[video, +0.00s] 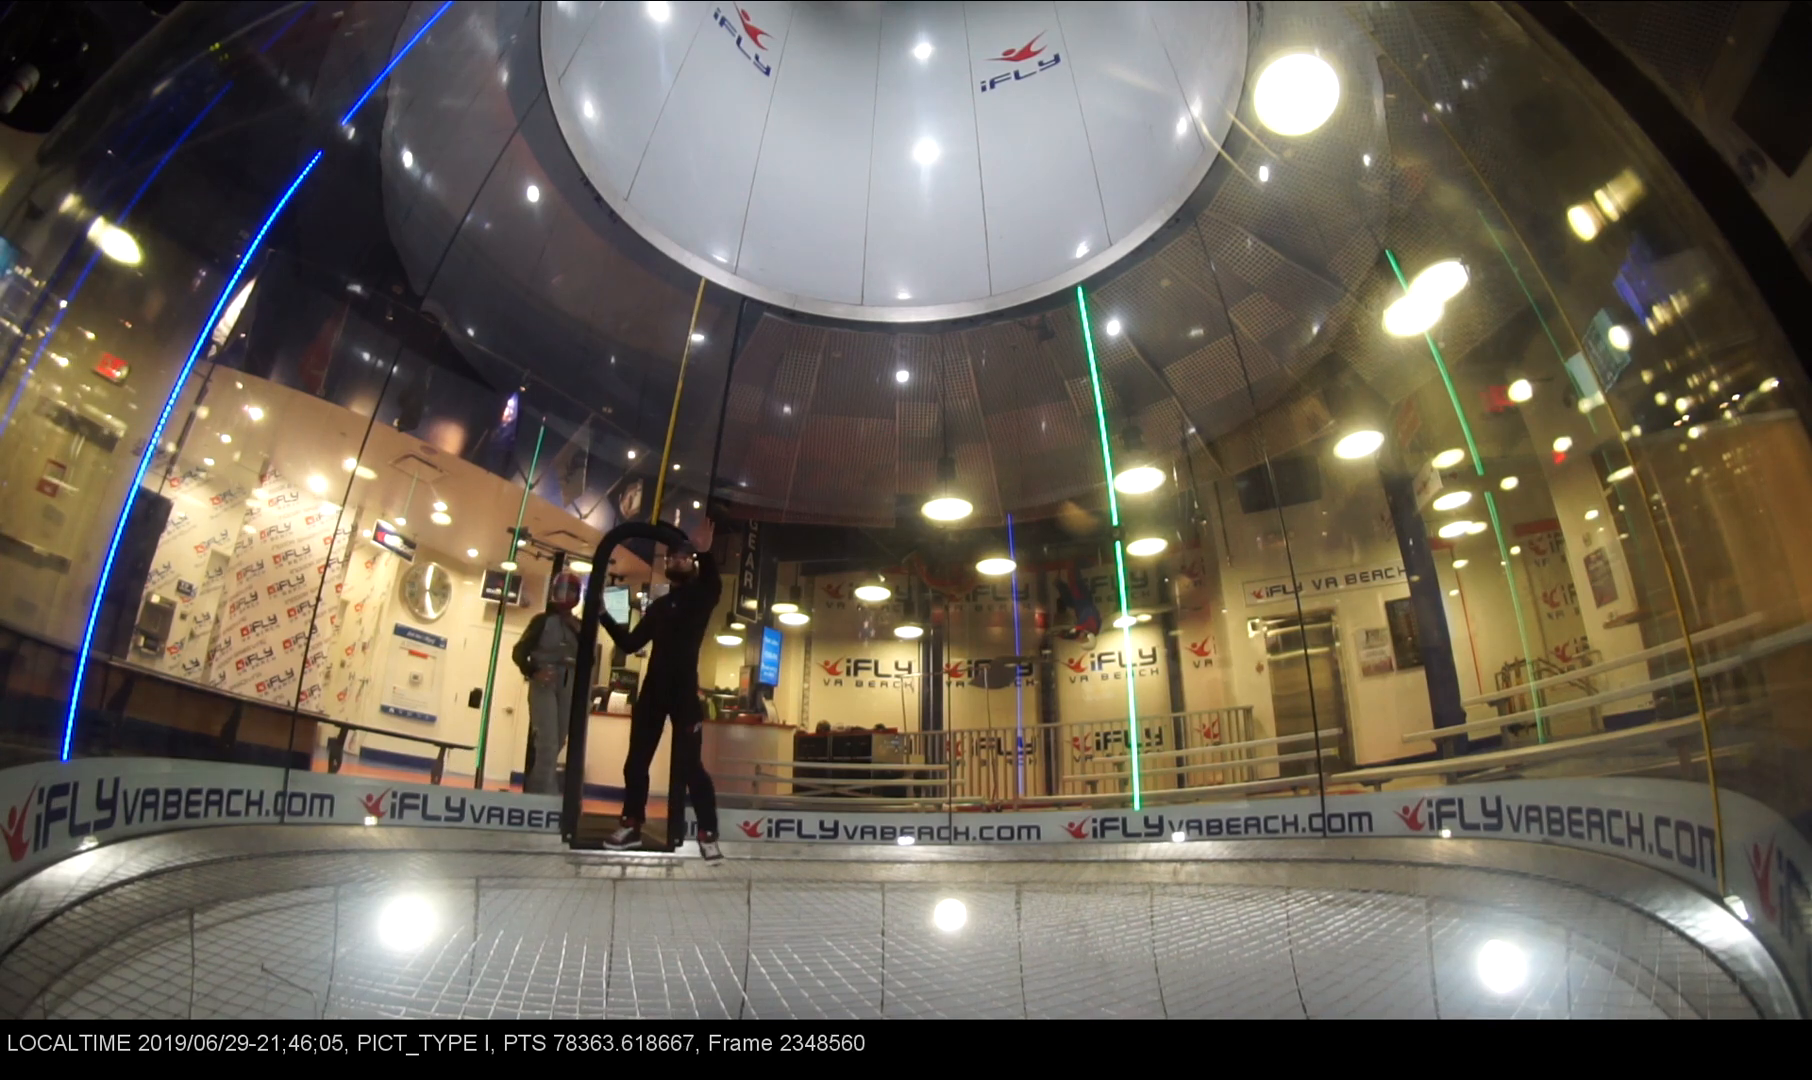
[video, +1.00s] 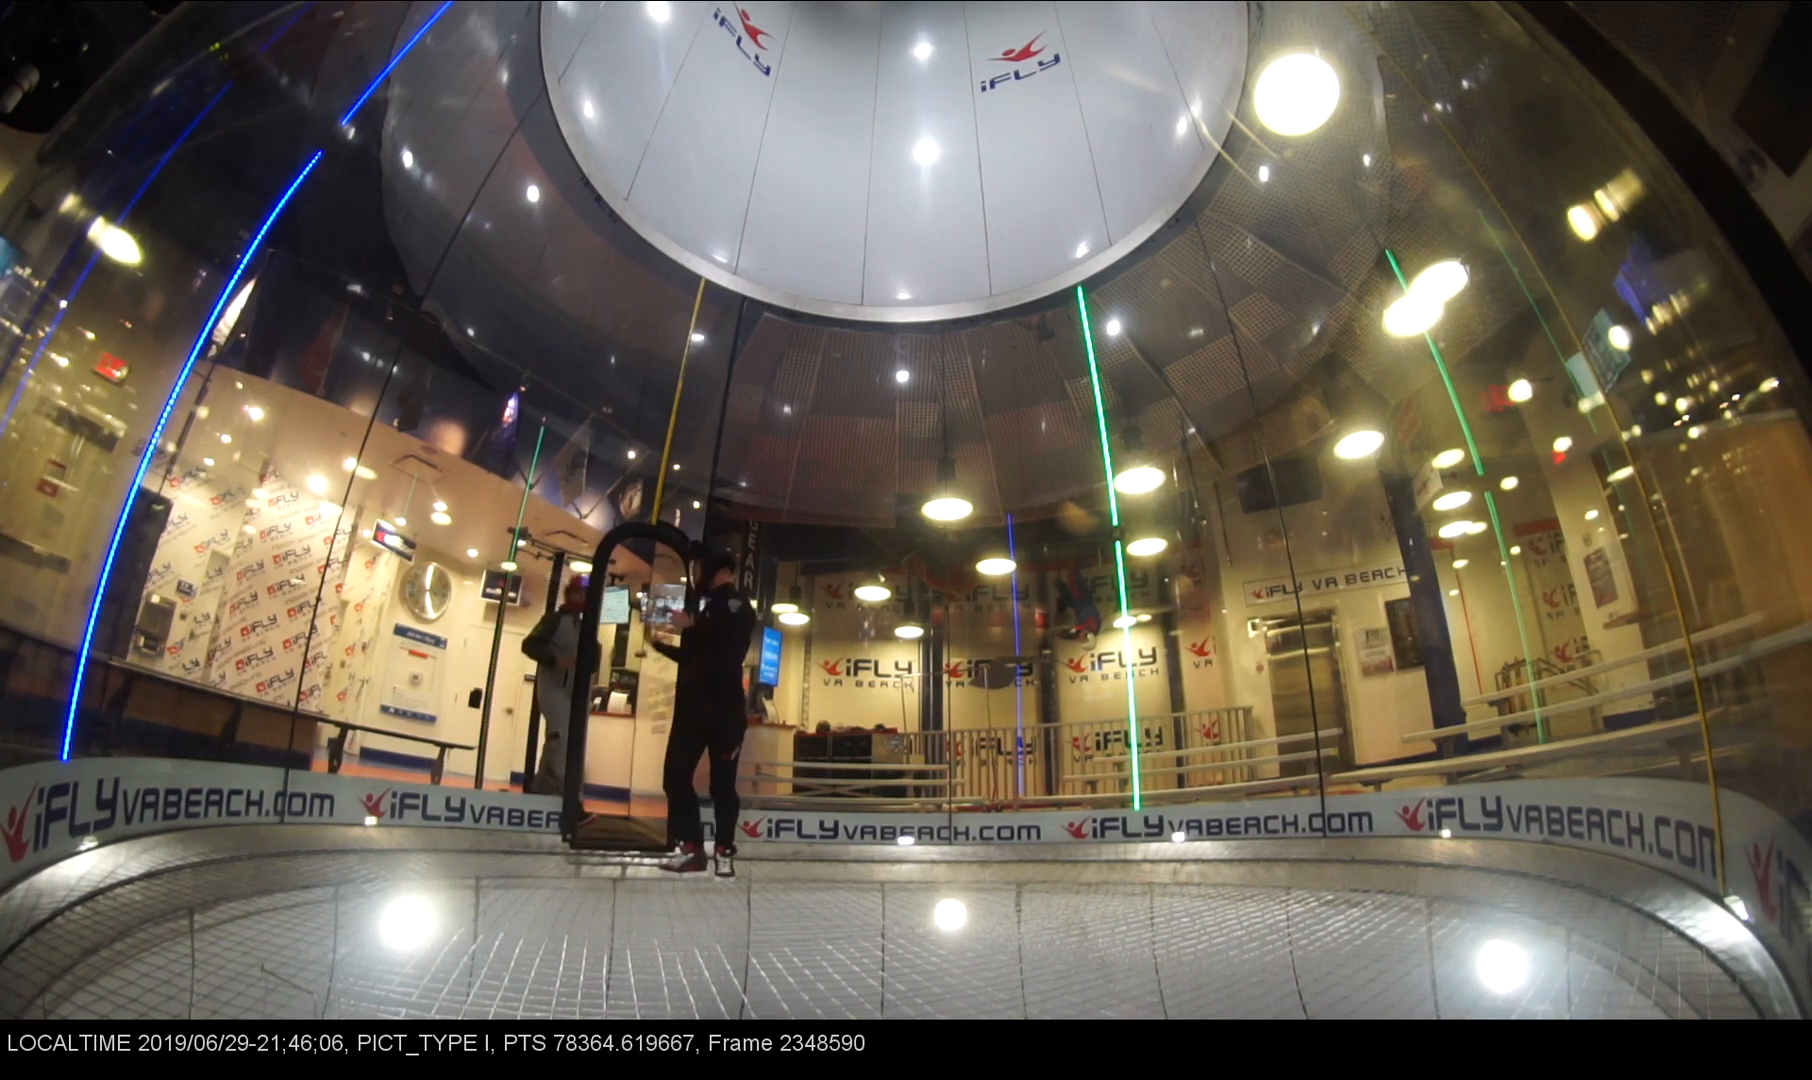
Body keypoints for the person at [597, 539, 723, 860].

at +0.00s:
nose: (672, 561)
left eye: (680, 557)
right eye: (670, 556)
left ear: (692, 566)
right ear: (666, 564)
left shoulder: (701, 596)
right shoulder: (661, 606)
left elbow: (710, 584)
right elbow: (629, 644)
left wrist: (704, 555)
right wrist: (603, 614)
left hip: (684, 688)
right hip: (654, 687)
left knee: (690, 764)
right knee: (636, 762)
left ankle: (707, 835)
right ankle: (632, 826)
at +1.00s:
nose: (695, 575)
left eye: (700, 569)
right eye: (696, 569)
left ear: (718, 572)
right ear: (727, 573)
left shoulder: (725, 605)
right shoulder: (705, 608)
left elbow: (727, 649)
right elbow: (693, 658)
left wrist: (692, 625)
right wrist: (659, 645)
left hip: (713, 709)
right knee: (676, 778)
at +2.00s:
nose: (737, 442)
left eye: (747, 437)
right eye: (727, 434)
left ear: (758, 455)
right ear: (708, 448)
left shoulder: (771, 518)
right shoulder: (683, 501)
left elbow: (810, 576)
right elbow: (656, 490)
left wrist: (750, 536)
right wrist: (681, 428)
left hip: (736, 661)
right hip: (678, 656)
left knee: (725, 788)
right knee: (659, 773)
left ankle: (731, 905)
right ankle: (681, 869)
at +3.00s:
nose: (817, 227)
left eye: (827, 218)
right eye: (804, 213)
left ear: (830, 243)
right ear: (765, 230)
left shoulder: (836, 333)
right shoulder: (709, 310)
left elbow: (901, 389)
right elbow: (665, 326)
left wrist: (806, 286)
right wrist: (765, 210)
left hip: (796, 564)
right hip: (696, 558)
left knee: (856, 770)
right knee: (668, 765)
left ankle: (914, 988)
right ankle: (654, 959)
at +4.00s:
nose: (915, 150)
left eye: (934, 131)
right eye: (896, 144)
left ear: (975, 156)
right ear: (885, 178)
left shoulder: (1044, 243)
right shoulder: (870, 291)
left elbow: (1141, 364)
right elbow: (823, 431)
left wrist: (980, 385)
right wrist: (898, 344)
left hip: (1015, 560)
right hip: (897, 569)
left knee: (1017, 811)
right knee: (880, 794)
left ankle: (1016, 1003)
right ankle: (957, 980)